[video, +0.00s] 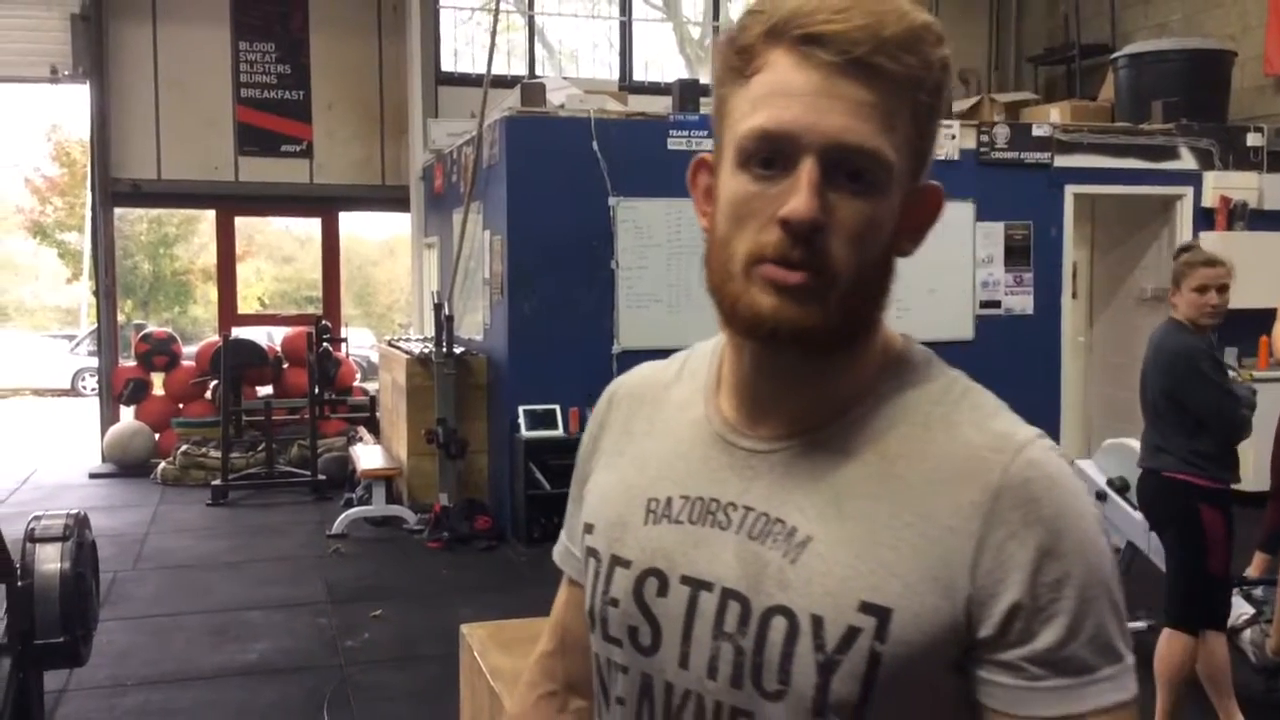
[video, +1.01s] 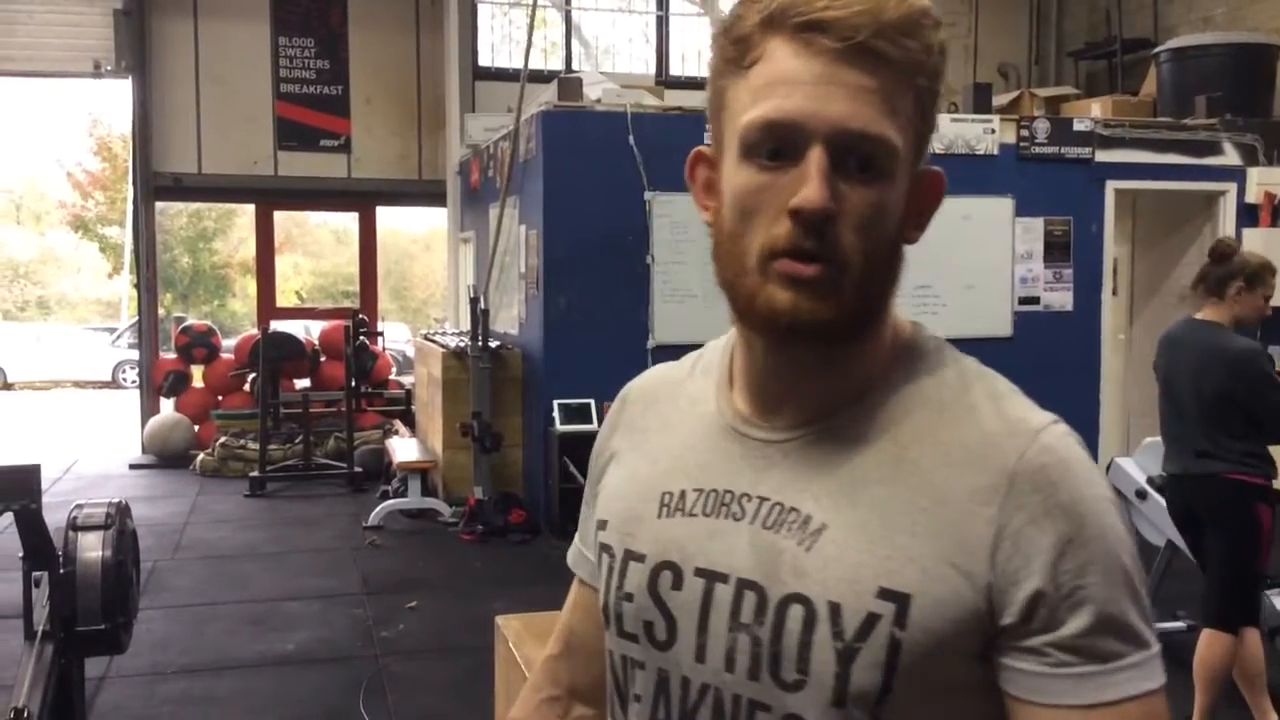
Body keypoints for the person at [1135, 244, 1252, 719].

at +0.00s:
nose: (1215, 299)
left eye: (1222, 289)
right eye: (1203, 290)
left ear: (1229, 291)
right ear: (1175, 295)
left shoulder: (1173, 339)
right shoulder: (1187, 348)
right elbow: (1235, 426)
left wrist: (1235, 397)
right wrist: (1244, 393)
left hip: (1178, 485)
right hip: (1189, 491)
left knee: (1210, 615)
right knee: (1185, 616)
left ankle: (1230, 714)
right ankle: (1162, 715)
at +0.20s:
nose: (1215, 296)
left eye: (1222, 285)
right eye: (1203, 287)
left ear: (1228, 288)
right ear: (1175, 293)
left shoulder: (1178, 337)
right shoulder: (1185, 345)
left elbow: (1235, 395)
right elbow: (1236, 419)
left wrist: (1236, 397)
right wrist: (1245, 390)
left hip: (1187, 482)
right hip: (1195, 486)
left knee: (1219, 611)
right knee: (1193, 612)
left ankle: (1239, 713)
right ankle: (1170, 715)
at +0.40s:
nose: (1222, 295)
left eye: (1228, 285)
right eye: (1210, 286)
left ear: (1234, 285)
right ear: (1181, 291)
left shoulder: (1170, 334)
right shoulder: (1199, 346)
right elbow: (1252, 417)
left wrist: (1243, 386)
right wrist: (1251, 384)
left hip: (1185, 479)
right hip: (1210, 486)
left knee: (1229, 610)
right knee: (1204, 612)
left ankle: (1250, 712)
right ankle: (1180, 715)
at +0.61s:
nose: (1251, 301)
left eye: (1252, 291)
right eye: (1242, 291)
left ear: (1204, 292)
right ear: (1205, 290)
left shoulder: (1176, 336)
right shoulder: (1214, 349)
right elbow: (1263, 420)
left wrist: (1253, 387)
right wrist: (1260, 385)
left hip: (1191, 481)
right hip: (1223, 488)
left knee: (1241, 611)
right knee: (1215, 613)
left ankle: (1261, 712)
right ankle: (1192, 715)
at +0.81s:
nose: (1264, 306)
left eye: (1264, 297)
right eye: (1259, 296)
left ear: (1217, 291)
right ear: (1228, 292)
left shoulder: (1174, 341)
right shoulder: (1231, 356)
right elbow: (1271, 423)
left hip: (1189, 486)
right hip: (1232, 491)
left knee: (1245, 611)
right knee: (1221, 615)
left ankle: (1265, 713)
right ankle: (1199, 715)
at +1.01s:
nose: (1269, 307)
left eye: (1270, 297)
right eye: (1265, 296)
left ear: (1227, 289)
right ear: (1237, 292)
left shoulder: (1172, 340)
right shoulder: (1246, 354)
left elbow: (1182, 414)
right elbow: (1272, 426)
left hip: (1182, 485)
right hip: (1237, 489)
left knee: (1239, 606)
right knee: (1222, 612)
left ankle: (1264, 712)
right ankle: (1200, 716)